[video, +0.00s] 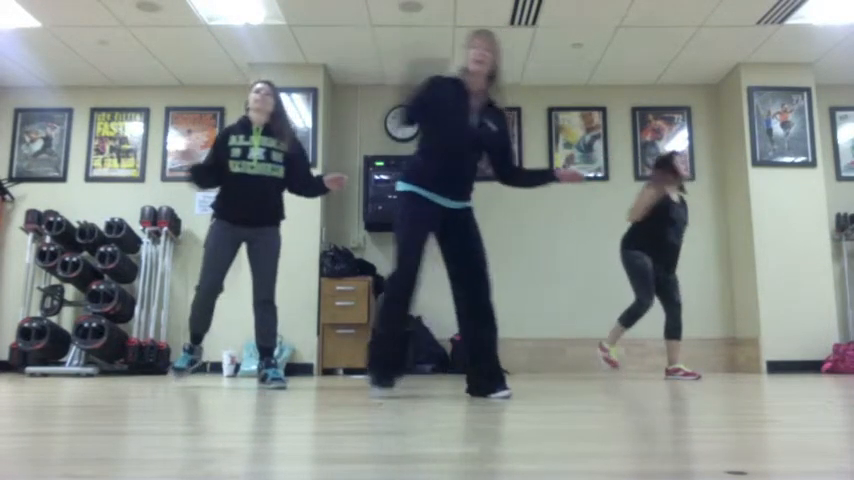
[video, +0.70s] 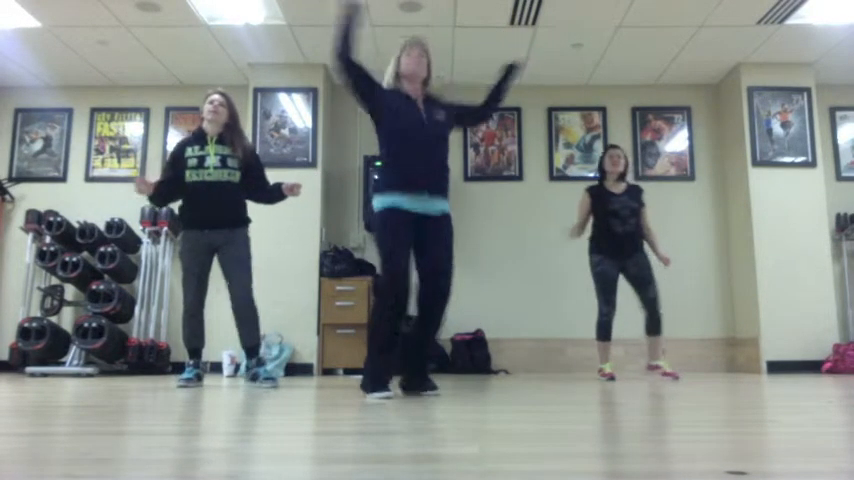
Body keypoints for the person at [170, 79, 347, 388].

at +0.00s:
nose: (261, 96)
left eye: (268, 93)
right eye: (256, 91)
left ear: (276, 105)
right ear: (247, 100)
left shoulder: (287, 141)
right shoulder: (230, 135)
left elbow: (298, 184)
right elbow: (210, 178)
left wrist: (323, 184)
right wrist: (193, 165)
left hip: (265, 227)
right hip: (227, 223)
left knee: (265, 297)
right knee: (207, 287)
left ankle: (267, 363)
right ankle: (193, 349)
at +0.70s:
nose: (214, 106)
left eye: (221, 104)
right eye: (210, 102)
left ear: (230, 115)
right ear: (202, 111)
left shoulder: (242, 150)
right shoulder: (186, 148)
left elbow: (256, 191)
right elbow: (171, 191)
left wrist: (281, 190)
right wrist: (153, 191)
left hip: (233, 234)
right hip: (195, 234)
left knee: (243, 296)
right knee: (192, 300)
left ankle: (254, 362)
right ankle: (194, 365)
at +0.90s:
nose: (214, 107)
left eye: (220, 105)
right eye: (211, 103)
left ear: (230, 115)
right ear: (202, 111)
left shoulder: (240, 148)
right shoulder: (184, 147)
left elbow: (268, 175)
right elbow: (152, 168)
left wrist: (281, 159)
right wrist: (137, 152)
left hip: (235, 231)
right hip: (197, 232)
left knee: (248, 292)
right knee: (194, 297)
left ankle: (260, 360)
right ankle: (193, 363)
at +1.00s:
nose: (220, 107)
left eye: (226, 104)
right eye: (216, 103)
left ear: (235, 114)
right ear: (207, 111)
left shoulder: (247, 148)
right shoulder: (187, 144)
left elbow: (284, 152)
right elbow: (147, 128)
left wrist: (284, 125)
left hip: (240, 228)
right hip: (204, 229)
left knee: (249, 291)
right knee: (198, 298)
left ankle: (260, 358)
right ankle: (195, 363)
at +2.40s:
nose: (236, 110)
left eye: (242, 107)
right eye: (233, 105)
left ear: (253, 115)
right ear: (225, 112)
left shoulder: (265, 149)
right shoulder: (208, 145)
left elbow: (301, 158)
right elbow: (170, 143)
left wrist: (298, 125)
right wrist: (172, 109)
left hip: (252, 232)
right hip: (216, 231)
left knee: (252, 298)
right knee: (211, 298)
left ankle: (253, 364)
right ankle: (210, 364)